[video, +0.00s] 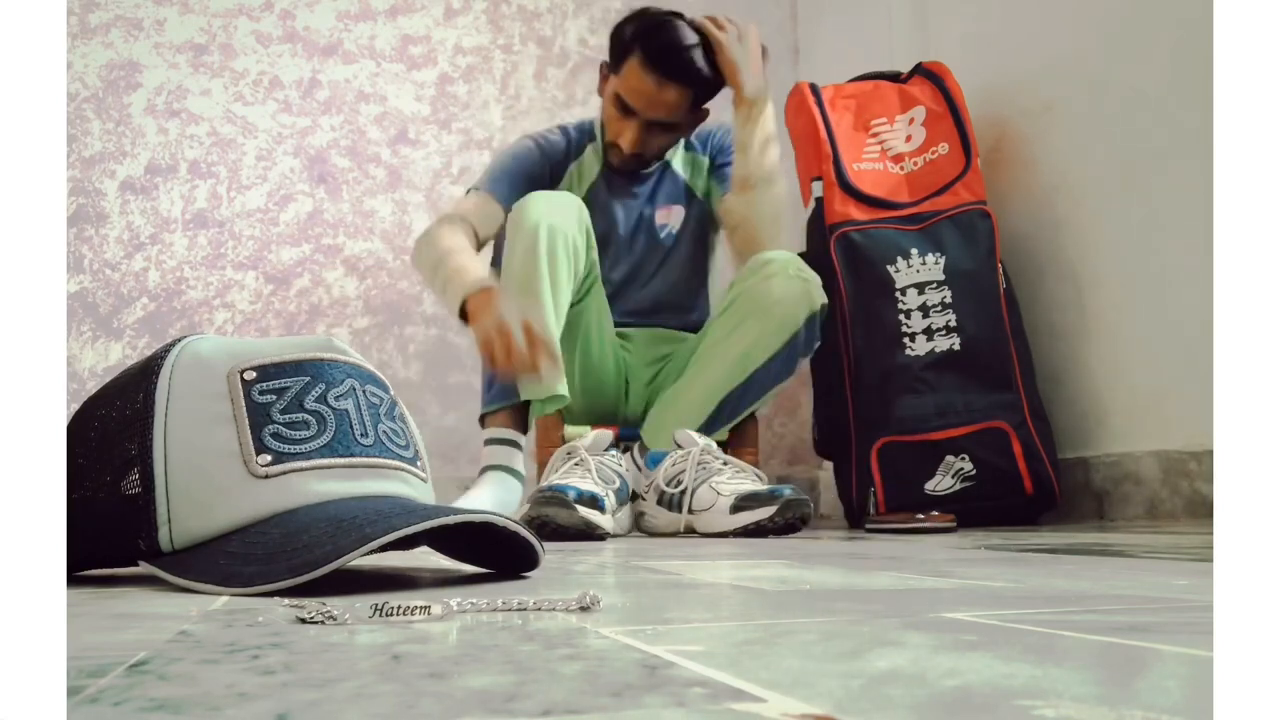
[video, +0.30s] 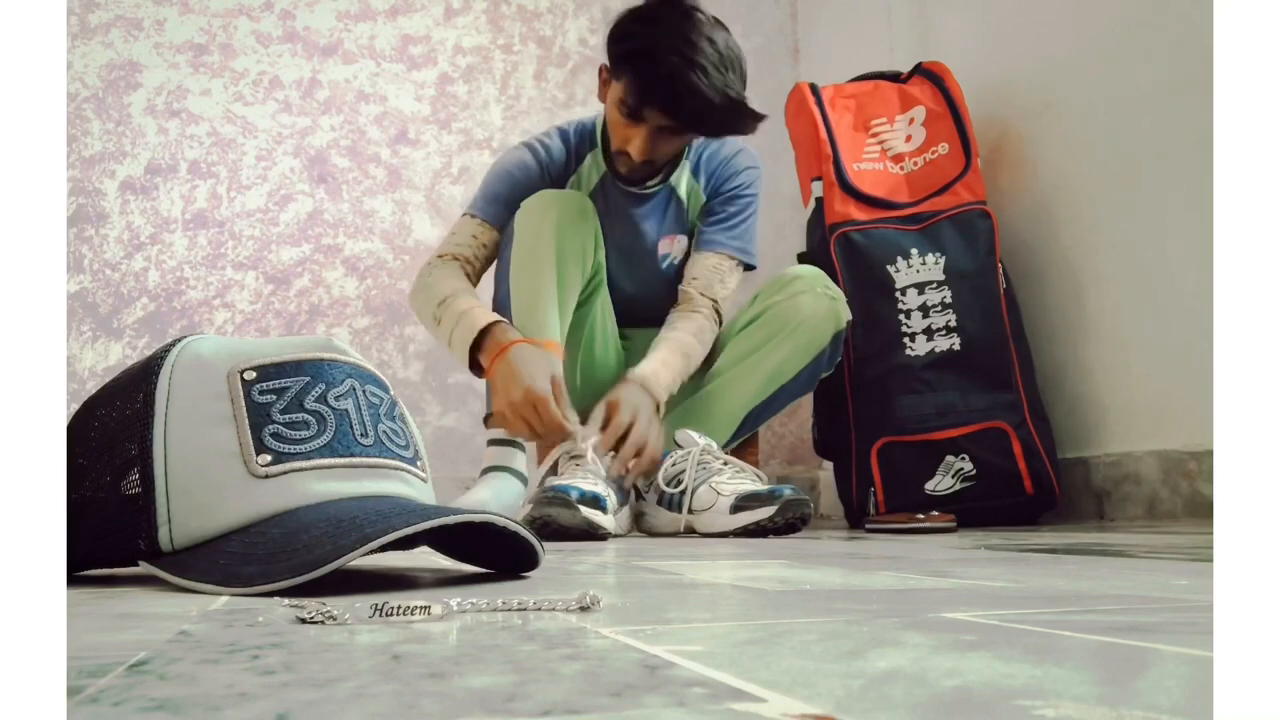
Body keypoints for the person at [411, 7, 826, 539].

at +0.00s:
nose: (631, 140)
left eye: (660, 128)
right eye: (623, 110)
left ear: (698, 116)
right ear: (605, 80)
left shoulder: (711, 153)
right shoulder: (554, 150)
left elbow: (767, 252)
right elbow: (445, 237)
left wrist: (755, 104)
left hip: (680, 373)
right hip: (579, 370)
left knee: (791, 282)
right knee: (543, 212)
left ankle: (652, 465)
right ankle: (506, 469)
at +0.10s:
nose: (624, 145)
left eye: (655, 133)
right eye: (615, 113)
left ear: (692, 125)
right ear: (596, 82)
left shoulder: (707, 168)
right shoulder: (532, 160)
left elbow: (682, 322)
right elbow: (443, 279)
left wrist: (714, 189)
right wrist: (496, 385)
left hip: (669, 375)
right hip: (572, 374)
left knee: (804, 290)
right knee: (544, 208)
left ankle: (662, 465)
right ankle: (536, 458)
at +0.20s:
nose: (629, 150)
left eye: (660, 137)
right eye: (621, 116)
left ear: (698, 131)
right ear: (600, 83)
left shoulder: (724, 164)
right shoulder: (534, 163)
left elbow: (680, 340)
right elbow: (440, 285)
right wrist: (486, 384)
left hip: (669, 380)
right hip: (572, 377)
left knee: (807, 292)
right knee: (548, 207)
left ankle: (667, 465)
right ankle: (559, 459)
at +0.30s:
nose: (641, 149)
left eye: (671, 133)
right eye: (630, 116)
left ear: (702, 126)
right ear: (604, 84)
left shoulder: (728, 167)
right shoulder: (537, 164)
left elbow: (701, 307)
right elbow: (439, 279)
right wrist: (498, 349)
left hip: (677, 386)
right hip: (575, 380)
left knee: (814, 294)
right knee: (550, 208)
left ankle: (666, 465)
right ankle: (572, 459)